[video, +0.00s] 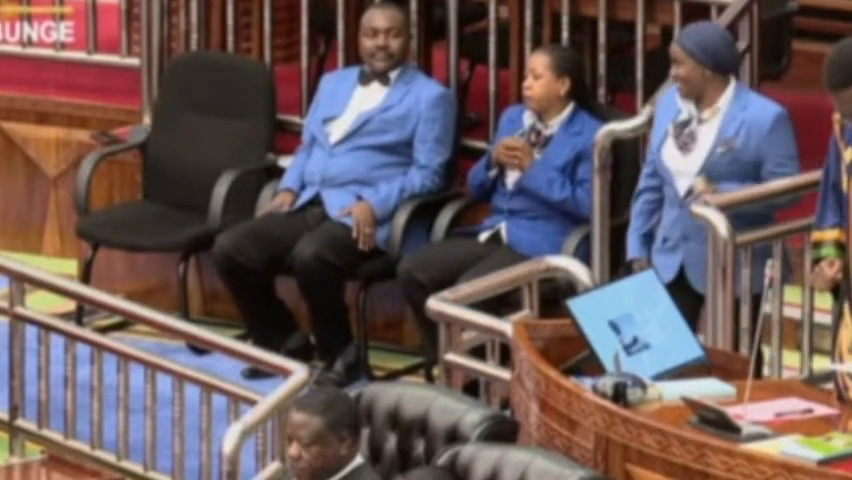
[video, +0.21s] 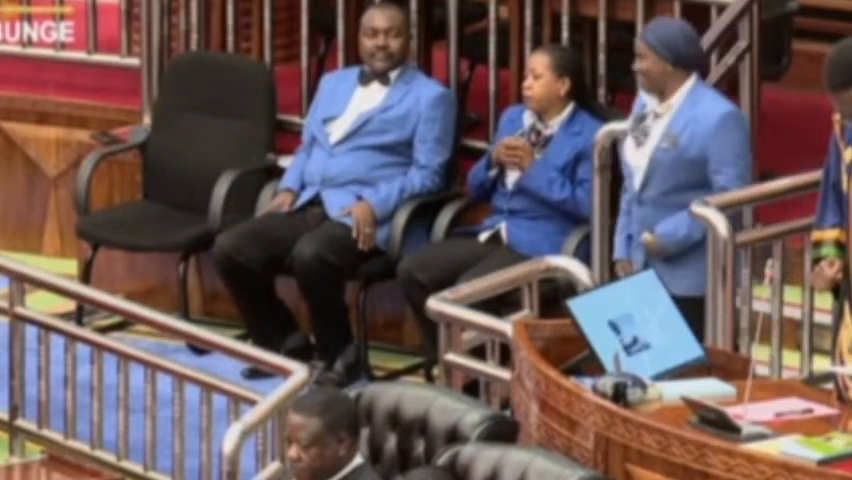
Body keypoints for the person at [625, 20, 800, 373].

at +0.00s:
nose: (673, 72)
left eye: (680, 63)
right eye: (672, 63)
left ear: (711, 68)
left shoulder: (767, 119)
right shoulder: (670, 101)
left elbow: (786, 191)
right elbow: (651, 180)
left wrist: (722, 195)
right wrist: (637, 251)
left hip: (734, 273)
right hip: (669, 266)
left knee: (728, 370)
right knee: (661, 359)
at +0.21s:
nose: (634, 67)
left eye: (641, 58)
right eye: (635, 58)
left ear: (671, 64)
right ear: (663, 63)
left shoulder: (719, 117)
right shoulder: (644, 105)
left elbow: (732, 198)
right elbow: (631, 188)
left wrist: (670, 236)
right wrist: (622, 250)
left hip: (689, 278)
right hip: (640, 269)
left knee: (682, 372)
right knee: (636, 364)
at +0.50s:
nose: (594, 64)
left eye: (600, 55)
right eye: (595, 55)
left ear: (625, 58)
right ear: (622, 58)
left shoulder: (656, 112)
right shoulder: (620, 102)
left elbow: (659, 198)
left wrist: (617, 259)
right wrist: (594, 251)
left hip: (650, 271)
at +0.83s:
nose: (540, 55)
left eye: (543, 47)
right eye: (541, 47)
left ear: (554, 53)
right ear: (592, 49)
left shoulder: (569, 102)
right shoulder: (614, 91)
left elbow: (563, 192)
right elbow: (615, 171)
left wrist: (523, 258)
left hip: (574, 244)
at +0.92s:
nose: (526, 54)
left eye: (528, 47)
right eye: (528, 47)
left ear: (534, 53)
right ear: (578, 51)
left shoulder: (548, 104)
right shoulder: (603, 94)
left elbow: (541, 195)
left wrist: (509, 268)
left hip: (558, 264)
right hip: (610, 257)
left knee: (464, 297)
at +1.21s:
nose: (470, 45)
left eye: (472, 40)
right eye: (473, 39)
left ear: (476, 46)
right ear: (525, 45)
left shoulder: (480, 103)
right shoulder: (552, 87)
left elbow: (474, 196)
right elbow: (554, 168)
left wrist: (456, 279)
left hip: (499, 245)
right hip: (553, 239)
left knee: (413, 273)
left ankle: (454, 372)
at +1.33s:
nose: (438, 39)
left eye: (441, 33)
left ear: (444, 38)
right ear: (493, 36)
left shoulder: (444, 90)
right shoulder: (527, 80)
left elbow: (431, 178)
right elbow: (532, 159)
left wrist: (400, 253)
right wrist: (517, 195)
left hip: (456, 231)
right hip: (519, 228)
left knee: (450, 346)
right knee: (509, 340)